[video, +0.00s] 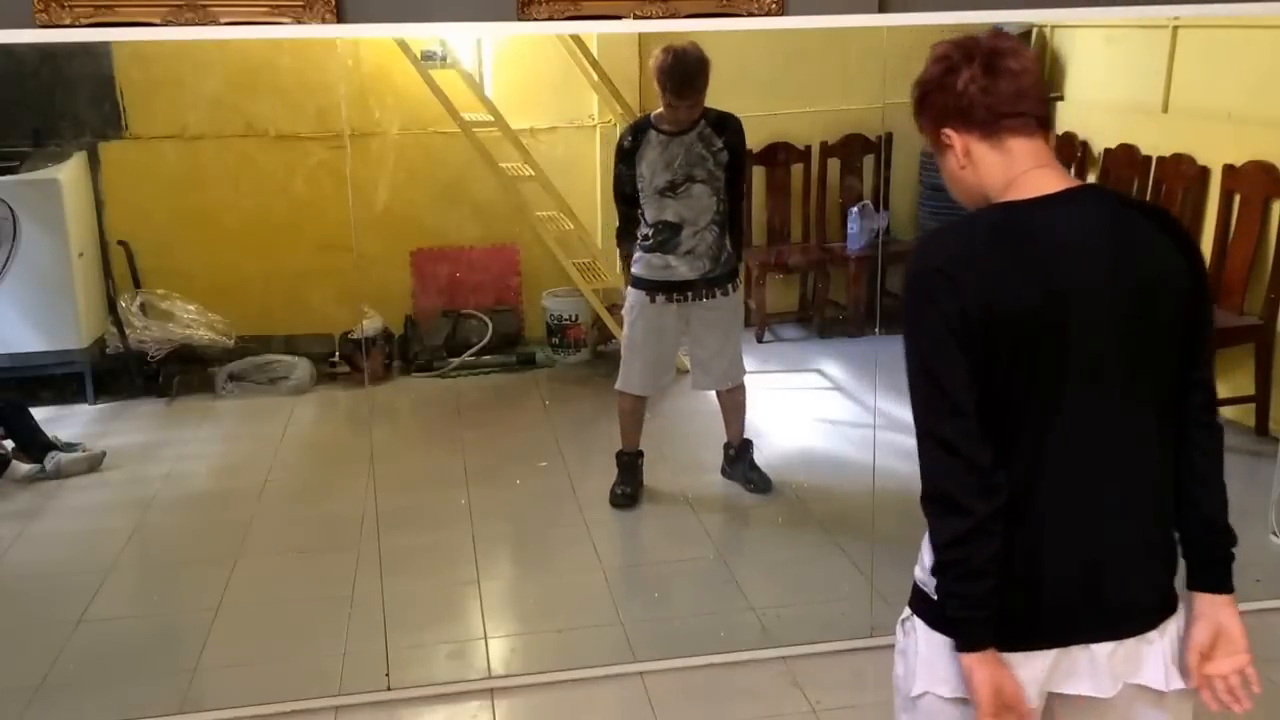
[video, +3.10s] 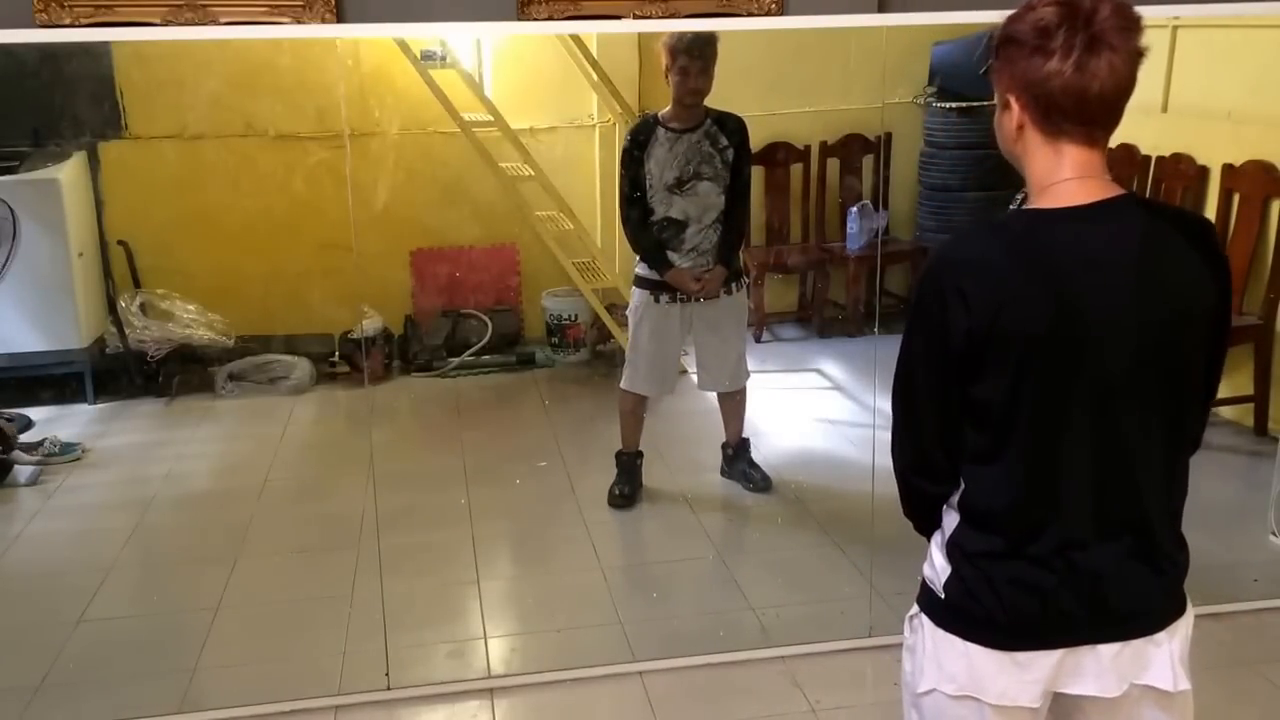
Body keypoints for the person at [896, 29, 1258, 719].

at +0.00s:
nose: (943, 174)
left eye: (937, 156)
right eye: (937, 157)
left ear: (957, 144)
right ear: (1041, 122)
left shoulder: (950, 264)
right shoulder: (1160, 238)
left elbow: (956, 468)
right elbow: (1195, 424)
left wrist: (976, 643)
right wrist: (1213, 592)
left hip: (998, 620)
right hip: (1136, 612)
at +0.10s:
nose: (978, 176)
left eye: (972, 157)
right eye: (971, 159)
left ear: (992, 143)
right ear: (1077, 123)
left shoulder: (975, 256)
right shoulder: (1187, 238)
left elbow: (938, 450)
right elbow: (1214, 422)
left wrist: (918, 617)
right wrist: (1216, 574)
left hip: (1005, 618)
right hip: (1151, 611)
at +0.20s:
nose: (1008, 183)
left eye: (1000, 160)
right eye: (1001, 163)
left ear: (1018, 141)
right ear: (1109, 128)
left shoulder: (992, 252)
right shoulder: (1212, 244)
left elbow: (925, 433)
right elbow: (1216, 426)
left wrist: (876, 578)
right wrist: (1190, 552)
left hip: (1007, 611)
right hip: (1155, 609)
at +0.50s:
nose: (1007, 181)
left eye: (1001, 159)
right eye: (1003, 161)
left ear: (1019, 144)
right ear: (1114, 133)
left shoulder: (989, 254)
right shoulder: (1214, 245)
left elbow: (932, 436)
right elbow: (1199, 419)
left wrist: (936, 539)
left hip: (998, 616)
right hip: (1153, 615)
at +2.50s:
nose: (985, 123)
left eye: (986, 106)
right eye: (987, 106)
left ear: (1006, 117)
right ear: (1105, 107)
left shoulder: (961, 264)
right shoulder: (1187, 248)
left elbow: (920, 478)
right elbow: (1178, 428)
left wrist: (992, 536)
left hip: (983, 628)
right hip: (1138, 626)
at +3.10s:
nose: (993, 118)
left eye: (994, 100)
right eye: (994, 99)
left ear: (1014, 113)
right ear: (1114, 105)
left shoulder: (968, 266)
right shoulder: (1193, 252)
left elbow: (921, 468)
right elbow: (1184, 430)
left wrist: (964, 539)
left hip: (988, 627)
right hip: (1142, 625)